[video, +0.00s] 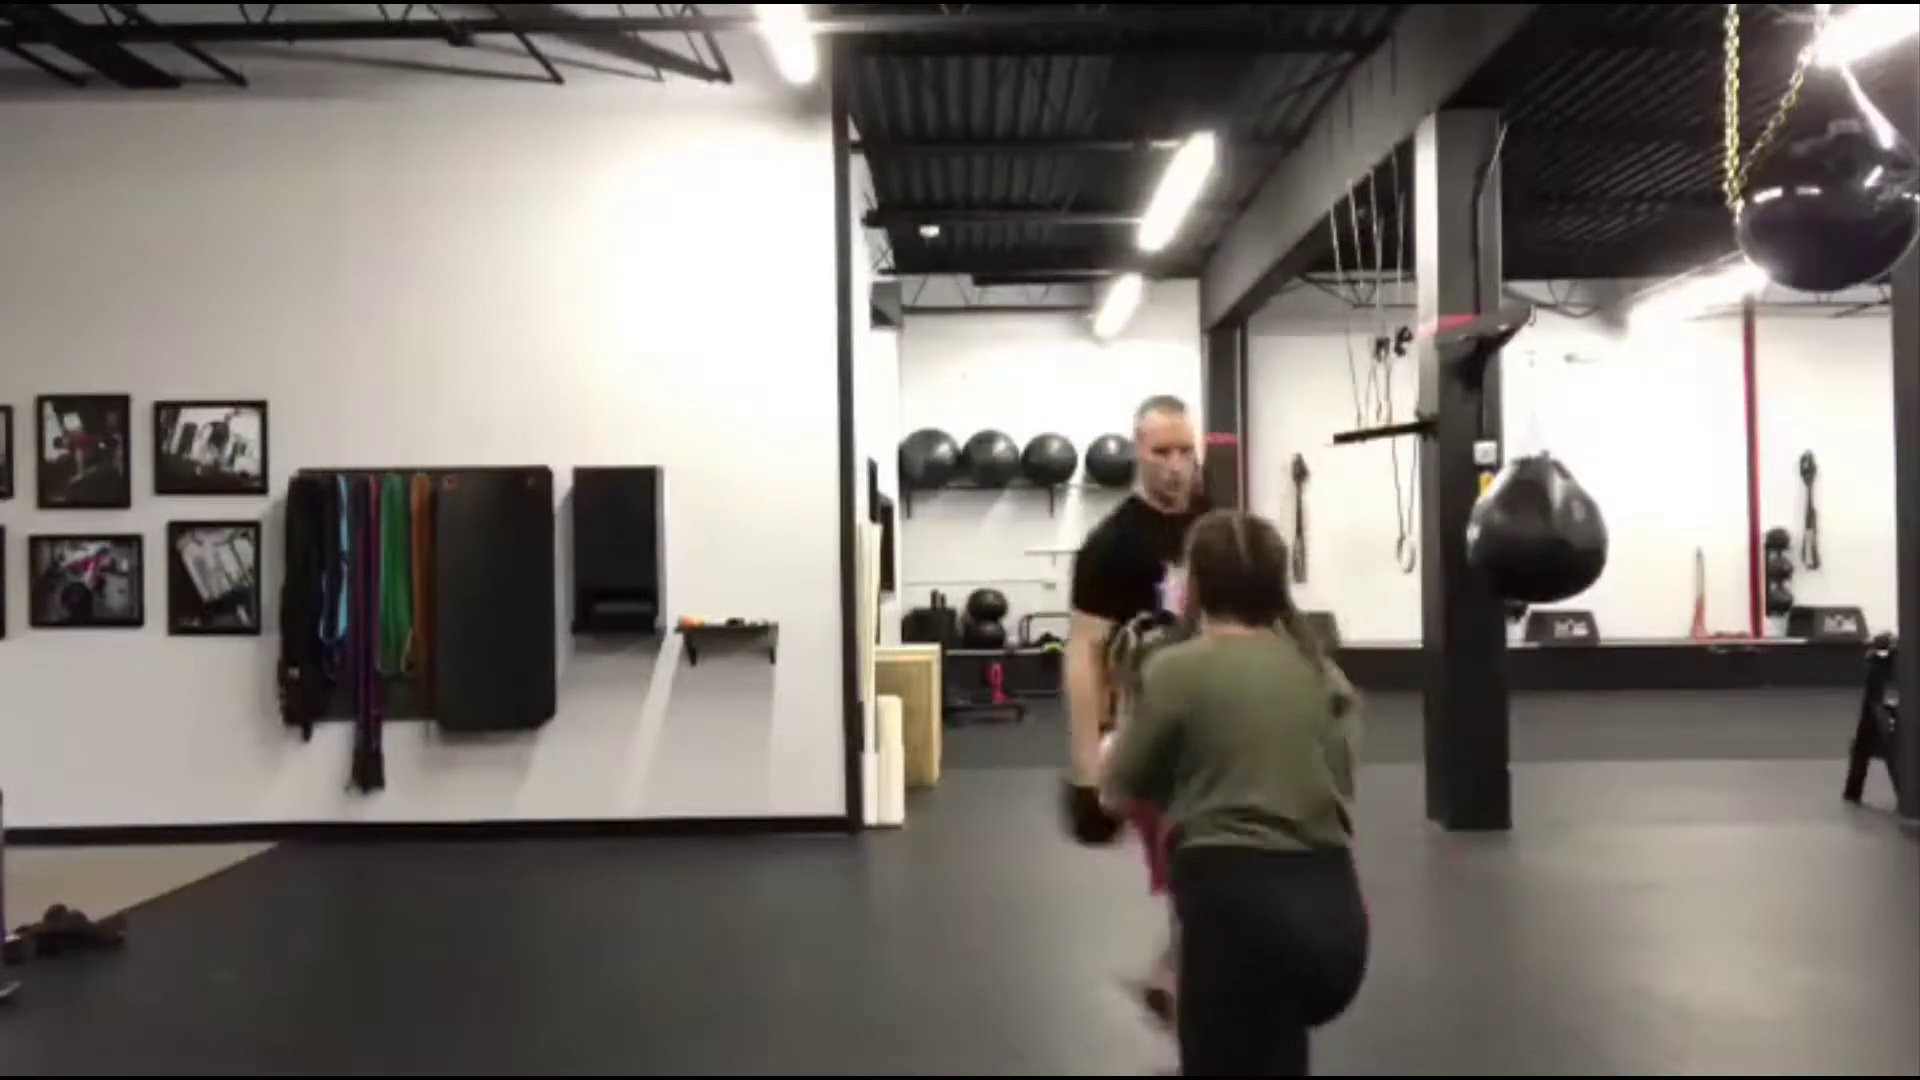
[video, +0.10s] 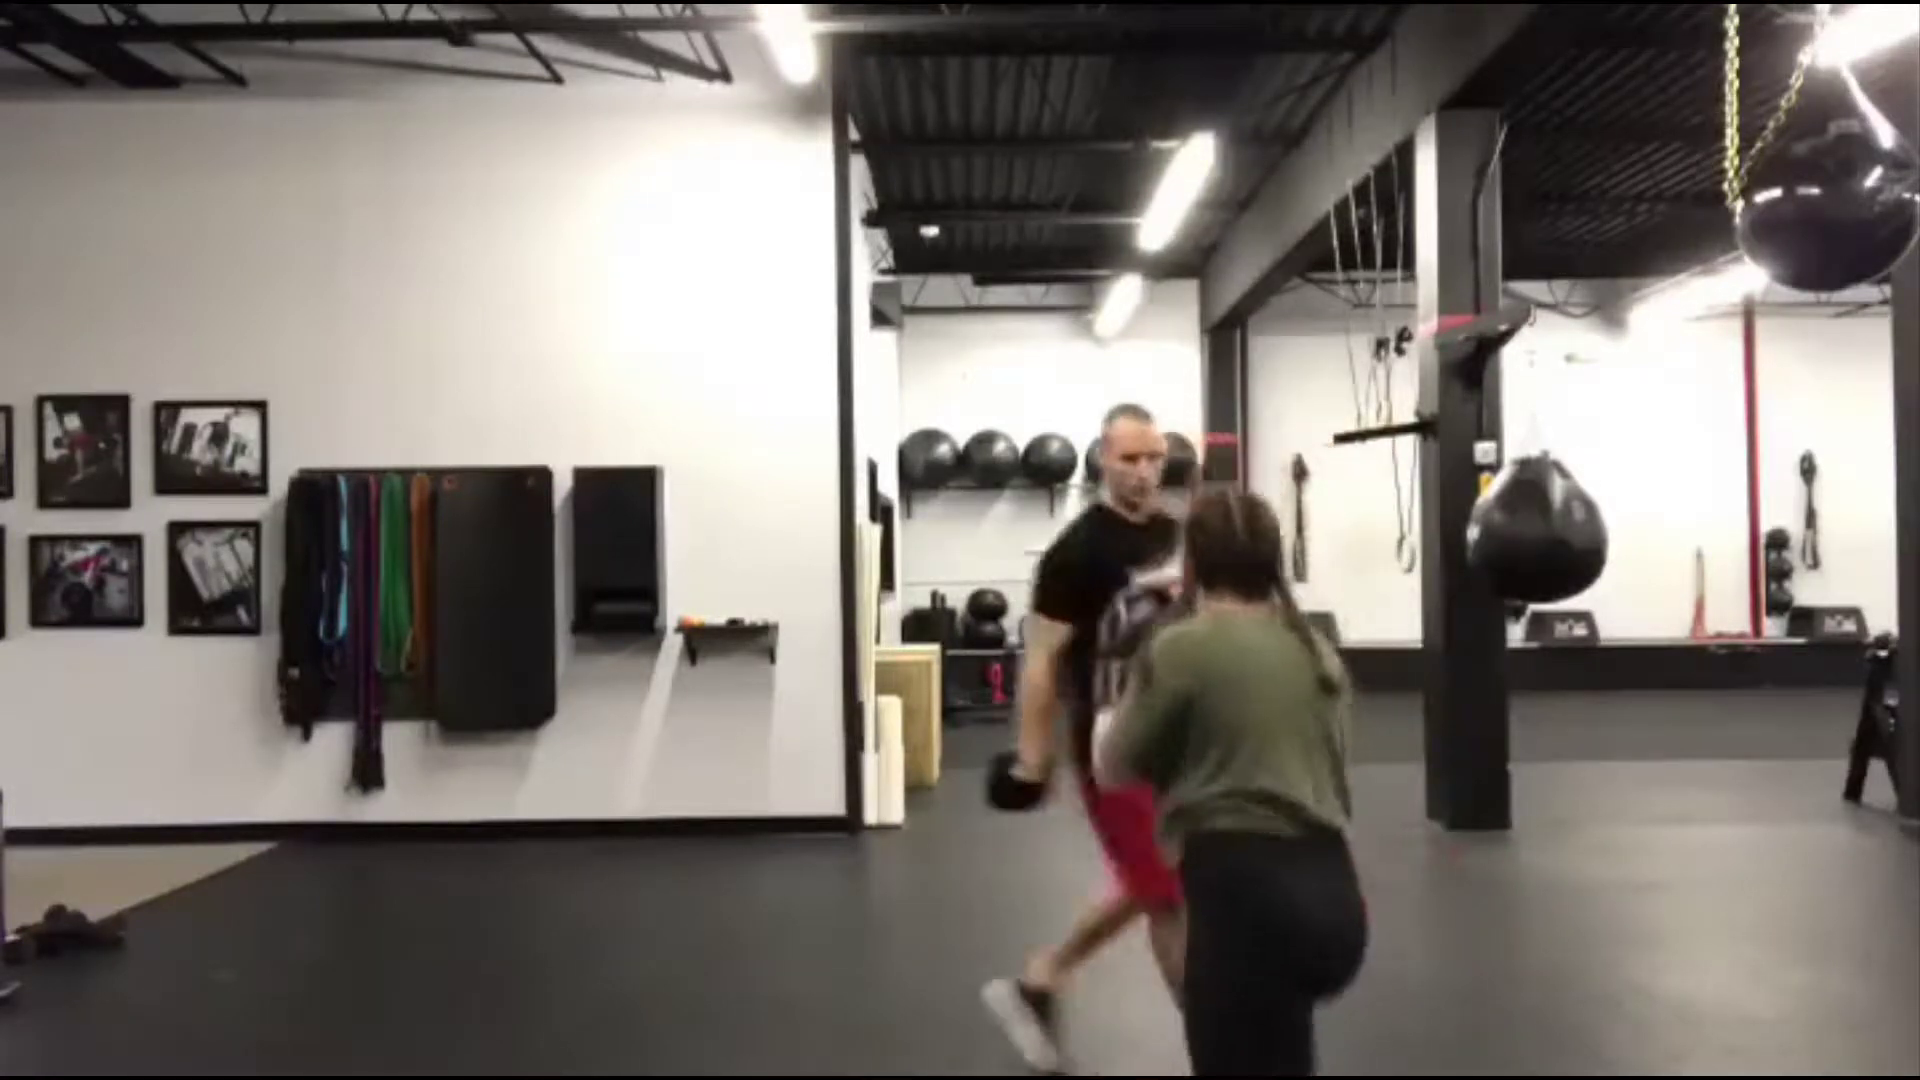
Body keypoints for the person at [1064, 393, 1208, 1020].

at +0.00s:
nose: (1174, 466)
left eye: (1184, 451)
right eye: (1160, 453)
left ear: (1200, 451)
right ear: (1136, 456)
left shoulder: (1222, 527)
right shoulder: (1113, 541)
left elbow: (1258, 625)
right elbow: (1086, 648)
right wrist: (1087, 764)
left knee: (1236, 851)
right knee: (1187, 863)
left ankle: (1179, 976)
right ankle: (1173, 977)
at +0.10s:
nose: (1142, 472)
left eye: (1152, 459)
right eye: (1128, 458)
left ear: (1164, 461)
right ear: (1101, 462)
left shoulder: (1178, 537)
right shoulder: (1079, 548)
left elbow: (1200, 628)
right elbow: (1044, 652)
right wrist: (1033, 757)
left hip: (1170, 718)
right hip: (1103, 731)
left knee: (1147, 876)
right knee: (1165, 891)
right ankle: (1211, 1036)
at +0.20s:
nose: (1110, 482)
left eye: (1120, 469)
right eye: (1097, 468)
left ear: (1132, 475)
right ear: (1069, 472)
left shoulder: (1137, 555)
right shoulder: (1040, 553)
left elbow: (1150, 651)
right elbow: (993, 652)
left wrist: (1172, 739)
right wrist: (989, 759)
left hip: (1106, 748)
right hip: (1061, 751)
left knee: (1064, 891)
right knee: (1146, 888)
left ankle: (984, 1015)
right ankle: (1190, 1048)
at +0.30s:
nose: (1078, 476)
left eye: (1086, 464)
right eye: (1066, 463)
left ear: (1094, 469)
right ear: (1035, 464)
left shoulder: (1085, 546)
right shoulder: (1002, 547)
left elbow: (1097, 638)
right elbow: (957, 645)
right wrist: (958, 758)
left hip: (1056, 741)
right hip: (1015, 747)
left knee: (1029, 893)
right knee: (1107, 872)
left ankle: (976, 1023)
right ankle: (1112, 1045)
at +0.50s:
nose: (1009, 461)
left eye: (1016, 448)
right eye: (994, 447)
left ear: (1022, 452)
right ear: (960, 449)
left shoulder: (1015, 537)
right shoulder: (936, 534)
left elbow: (1027, 639)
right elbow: (898, 639)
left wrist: (1044, 727)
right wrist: (924, 748)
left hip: (1003, 736)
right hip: (954, 739)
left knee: (992, 887)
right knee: (979, 886)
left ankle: (974, 1026)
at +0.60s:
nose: (978, 465)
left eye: (983, 453)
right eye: (964, 452)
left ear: (983, 459)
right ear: (927, 454)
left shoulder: (973, 538)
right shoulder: (905, 539)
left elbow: (965, 640)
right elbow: (876, 646)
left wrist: (976, 724)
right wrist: (917, 750)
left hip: (969, 750)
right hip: (916, 752)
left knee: (982, 884)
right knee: (891, 895)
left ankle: (972, 1026)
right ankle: (783, 1043)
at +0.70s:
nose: (946, 471)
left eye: (952, 459)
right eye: (933, 457)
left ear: (952, 465)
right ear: (892, 458)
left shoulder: (934, 543)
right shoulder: (868, 545)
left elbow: (919, 649)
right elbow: (854, 655)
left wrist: (927, 740)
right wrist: (912, 756)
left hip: (923, 756)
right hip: (859, 762)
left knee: (957, 884)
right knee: (815, 906)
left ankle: (969, 1027)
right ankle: (761, 1055)